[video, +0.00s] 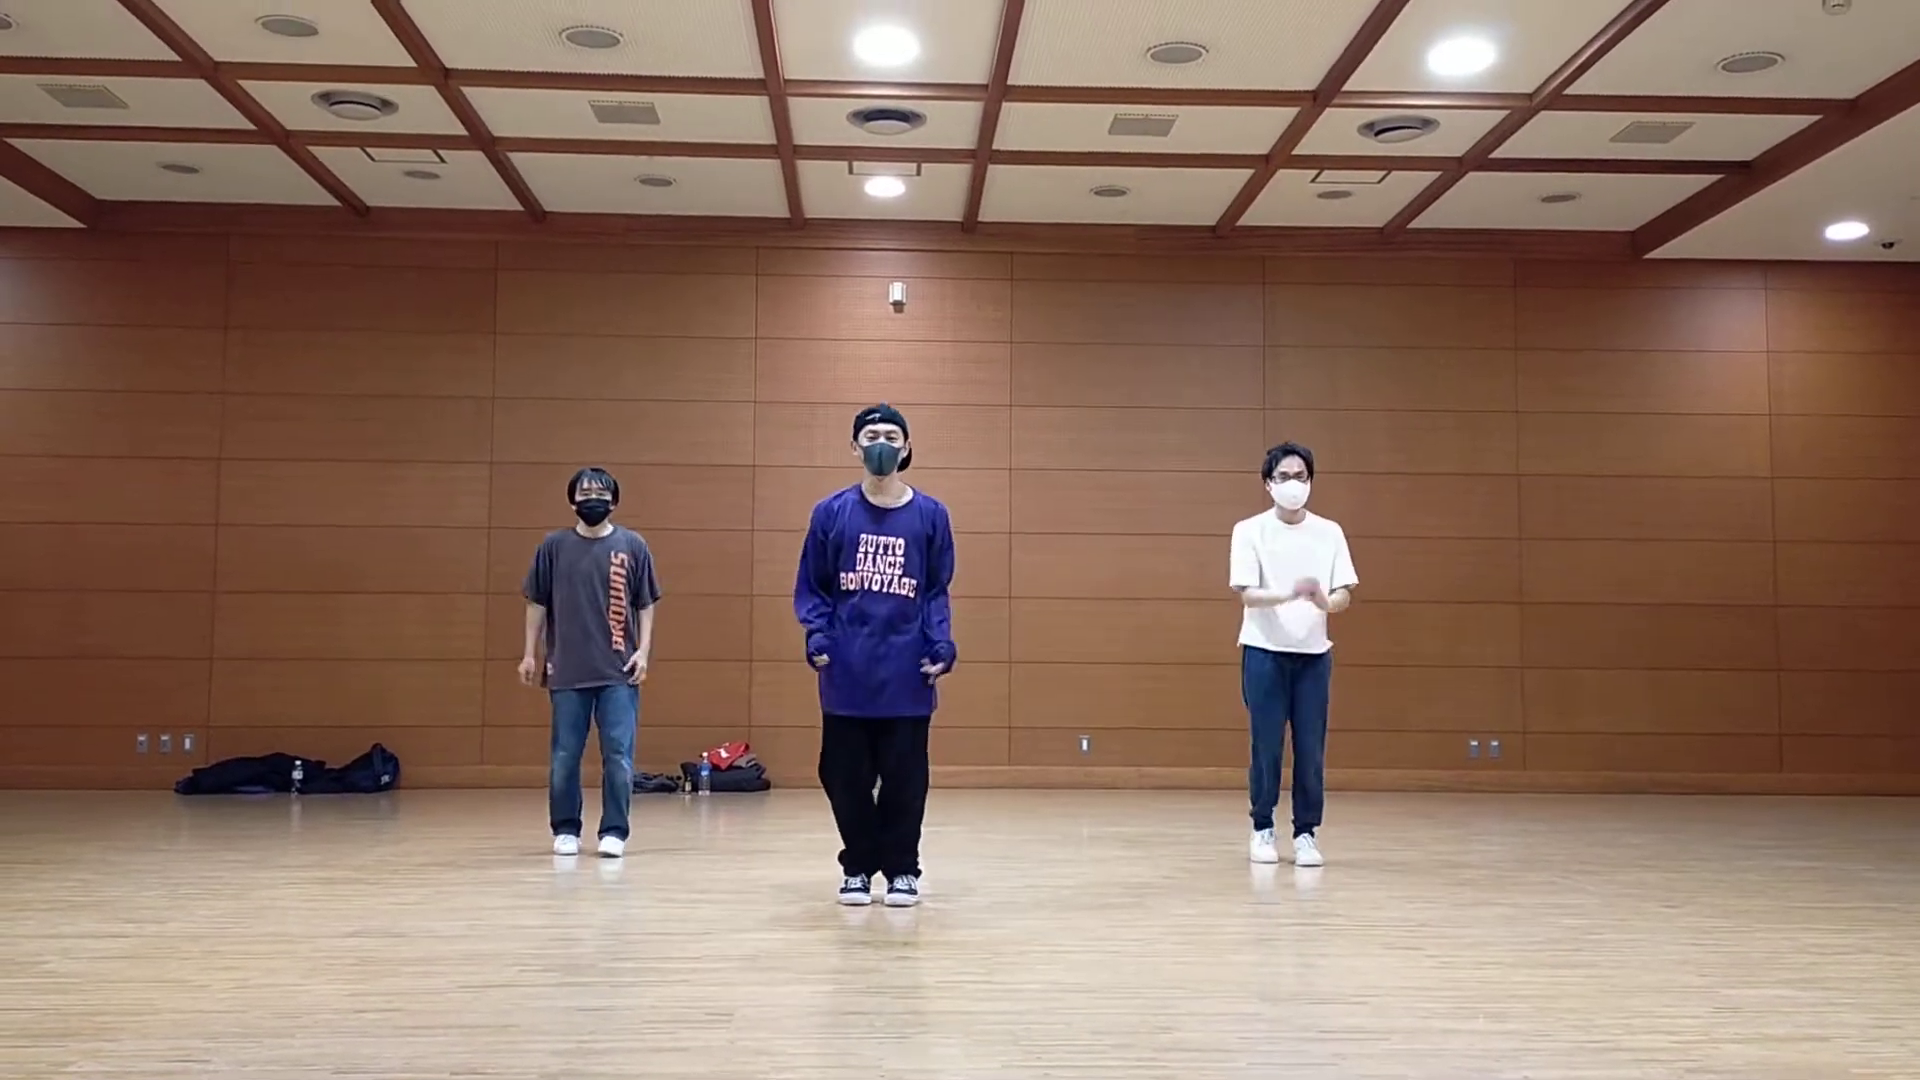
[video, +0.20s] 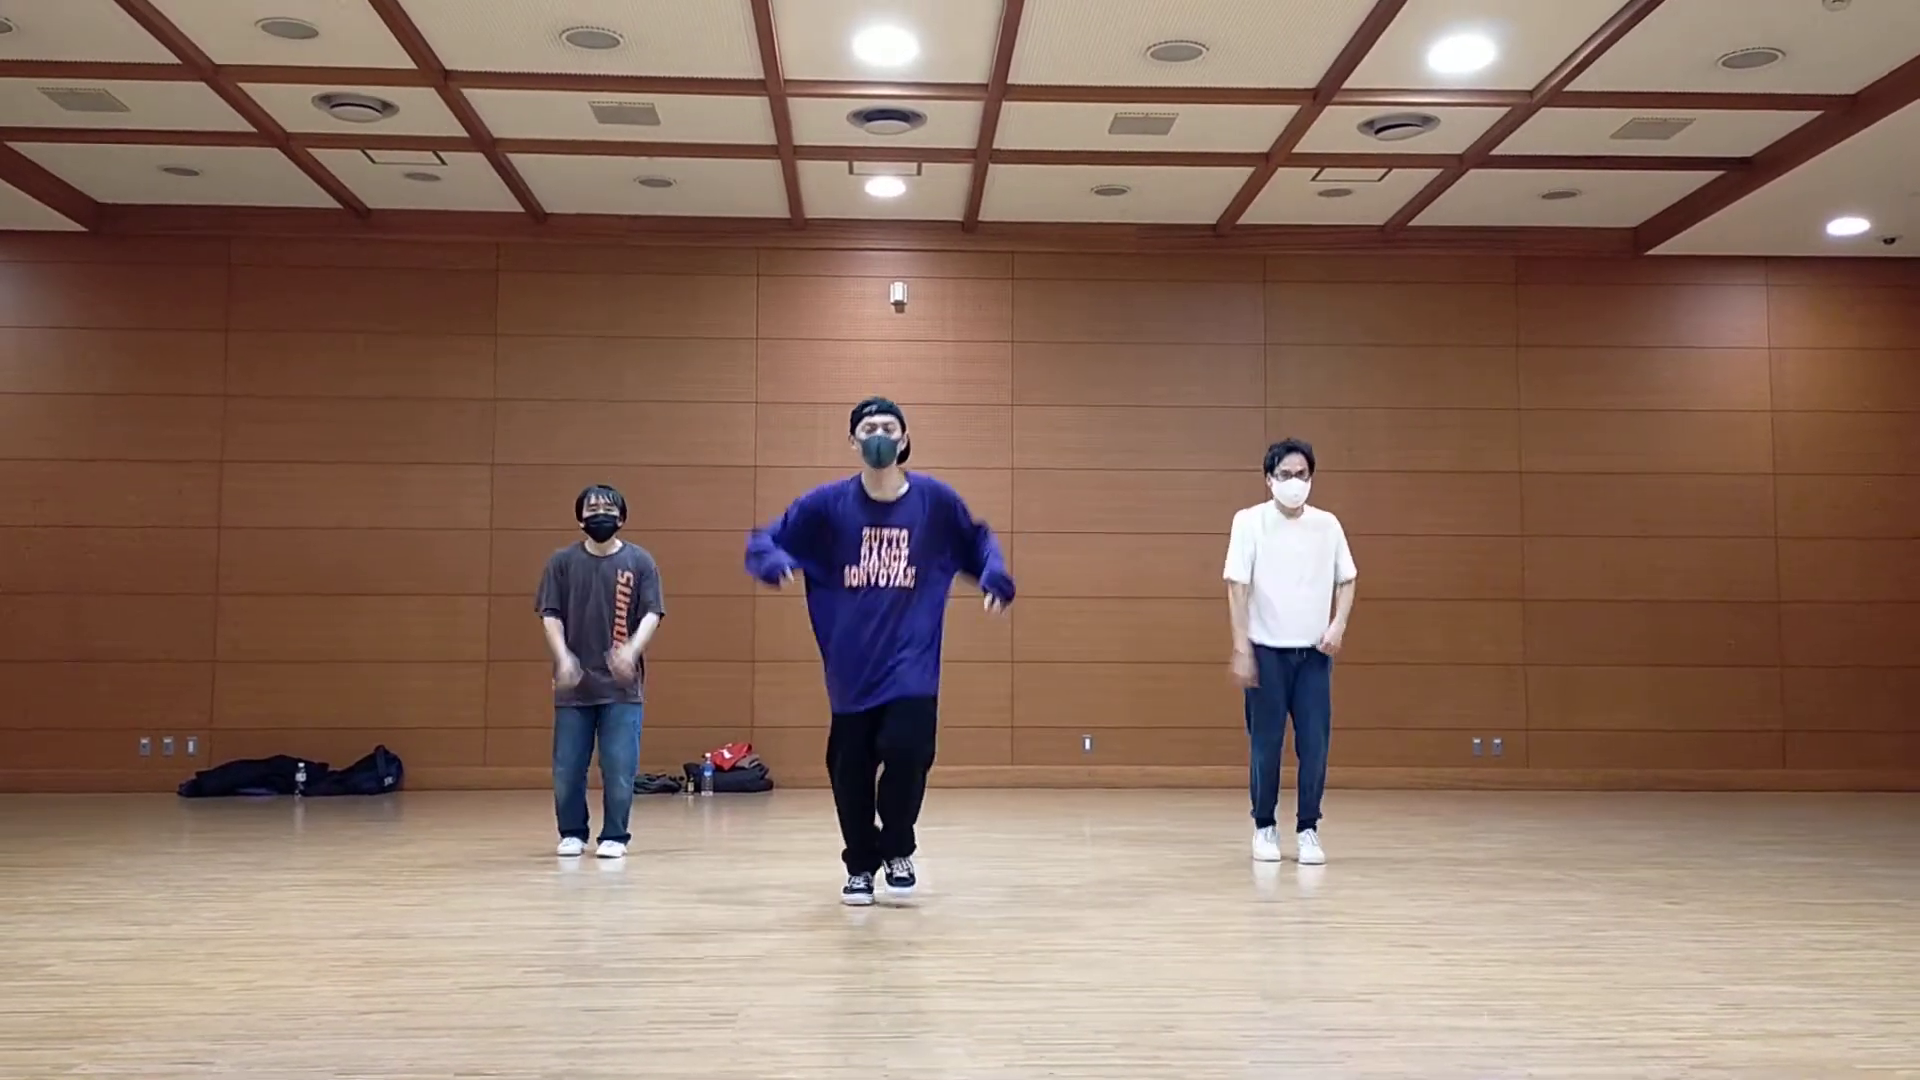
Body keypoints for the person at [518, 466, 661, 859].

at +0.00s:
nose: (592, 500)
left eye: (599, 494)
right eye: (585, 494)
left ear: (611, 500)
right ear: (574, 500)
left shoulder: (633, 546)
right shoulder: (553, 546)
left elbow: (645, 603)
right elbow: (536, 603)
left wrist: (643, 649)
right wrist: (530, 654)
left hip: (617, 669)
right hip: (567, 669)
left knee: (618, 754)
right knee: (565, 754)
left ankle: (613, 833)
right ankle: (565, 831)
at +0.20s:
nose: (599, 514)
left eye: (607, 508)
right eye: (592, 508)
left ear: (620, 516)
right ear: (581, 517)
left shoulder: (639, 561)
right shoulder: (561, 562)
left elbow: (652, 613)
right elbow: (550, 615)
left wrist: (631, 651)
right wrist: (563, 657)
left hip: (621, 684)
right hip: (574, 682)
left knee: (618, 764)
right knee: (567, 765)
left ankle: (614, 837)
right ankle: (572, 834)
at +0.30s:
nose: (605, 501)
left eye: (612, 495)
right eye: (597, 495)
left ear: (625, 504)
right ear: (586, 505)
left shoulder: (643, 544)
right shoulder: (570, 545)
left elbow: (662, 588)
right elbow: (551, 592)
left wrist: (627, 576)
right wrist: (579, 591)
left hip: (627, 670)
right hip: (579, 670)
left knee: (623, 756)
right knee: (574, 755)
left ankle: (617, 836)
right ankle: (579, 826)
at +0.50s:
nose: (611, 501)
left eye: (619, 495)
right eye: (604, 495)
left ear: (632, 503)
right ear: (593, 504)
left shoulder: (650, 543)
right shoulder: (577, 542)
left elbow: (661, 590)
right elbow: (556, 591)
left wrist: (623, 583)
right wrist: (594, 596)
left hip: (637, 669)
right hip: (589, 669)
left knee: (638, 754)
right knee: (590, 748)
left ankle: (639, 835)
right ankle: (598, 832)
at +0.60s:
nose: (612, 525)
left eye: (620, 519)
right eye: (605, 519)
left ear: (633, 524)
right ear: (594, 525)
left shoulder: (651, 569)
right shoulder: (575, 568)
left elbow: (654, 625)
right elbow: (569, 626)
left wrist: (642, 668)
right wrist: (584, 671)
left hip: (639, 679)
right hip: (594, 678)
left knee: (643, 767)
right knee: (594, 758)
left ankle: (642, 838)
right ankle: (591, 835)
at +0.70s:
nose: (605, 518)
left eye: (613, 512)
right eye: (599, 512)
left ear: (628, 520)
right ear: (588, 520)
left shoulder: (650, 566)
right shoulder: (569, 567)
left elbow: (678, 620)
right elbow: (548, 622)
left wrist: (701, 665)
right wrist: (525, 671)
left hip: (637, 688)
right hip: (587, 686)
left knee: (639, 770)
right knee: (590, 760)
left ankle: (639, 835)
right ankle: (588, 846)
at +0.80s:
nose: (602, 504)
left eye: (610, 498)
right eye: (595, 499)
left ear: (626, 506)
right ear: (585, 509)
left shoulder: (650, 550)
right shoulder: (567, 552)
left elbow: (692, 583)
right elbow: (529, 594)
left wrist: (740, 601)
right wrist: (479, 614)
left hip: (634, 681)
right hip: (582, 680)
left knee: (633, 764)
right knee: (583, 765)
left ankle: (638, 820)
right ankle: (590, 851)